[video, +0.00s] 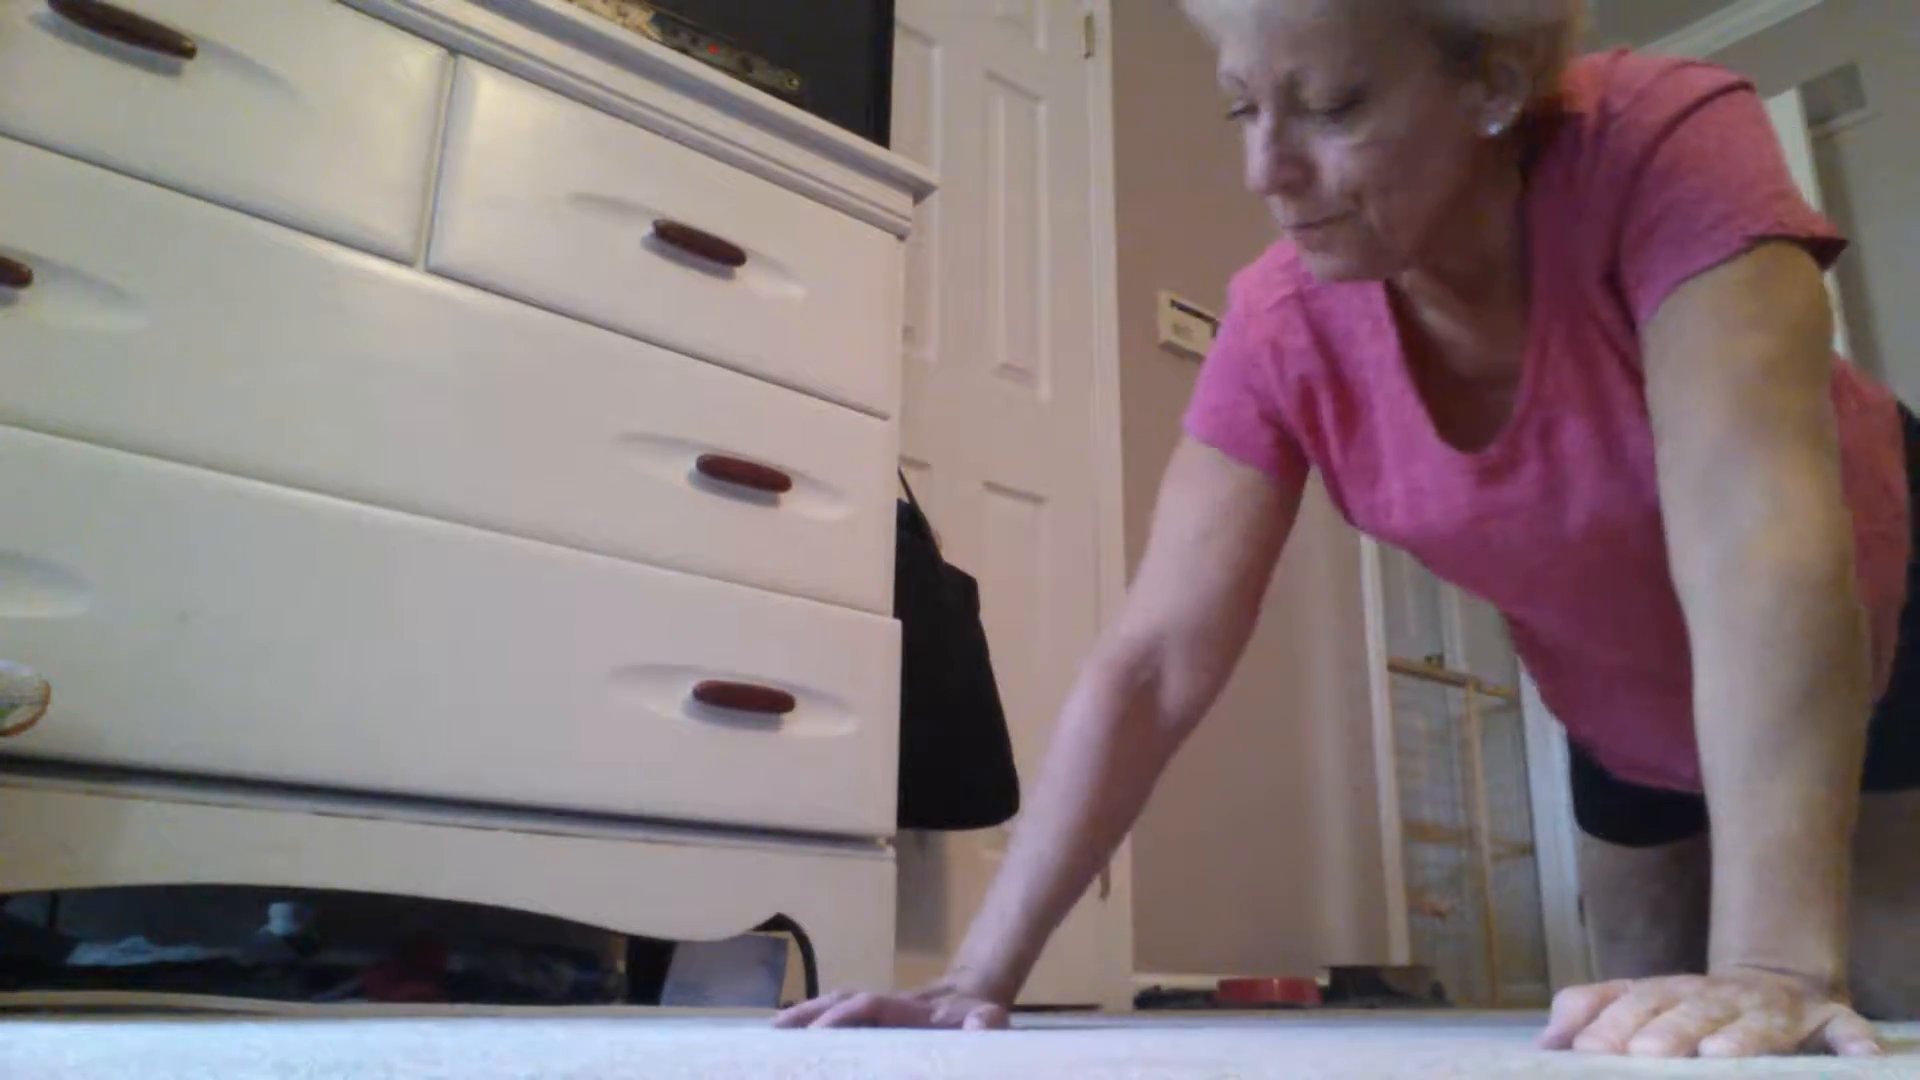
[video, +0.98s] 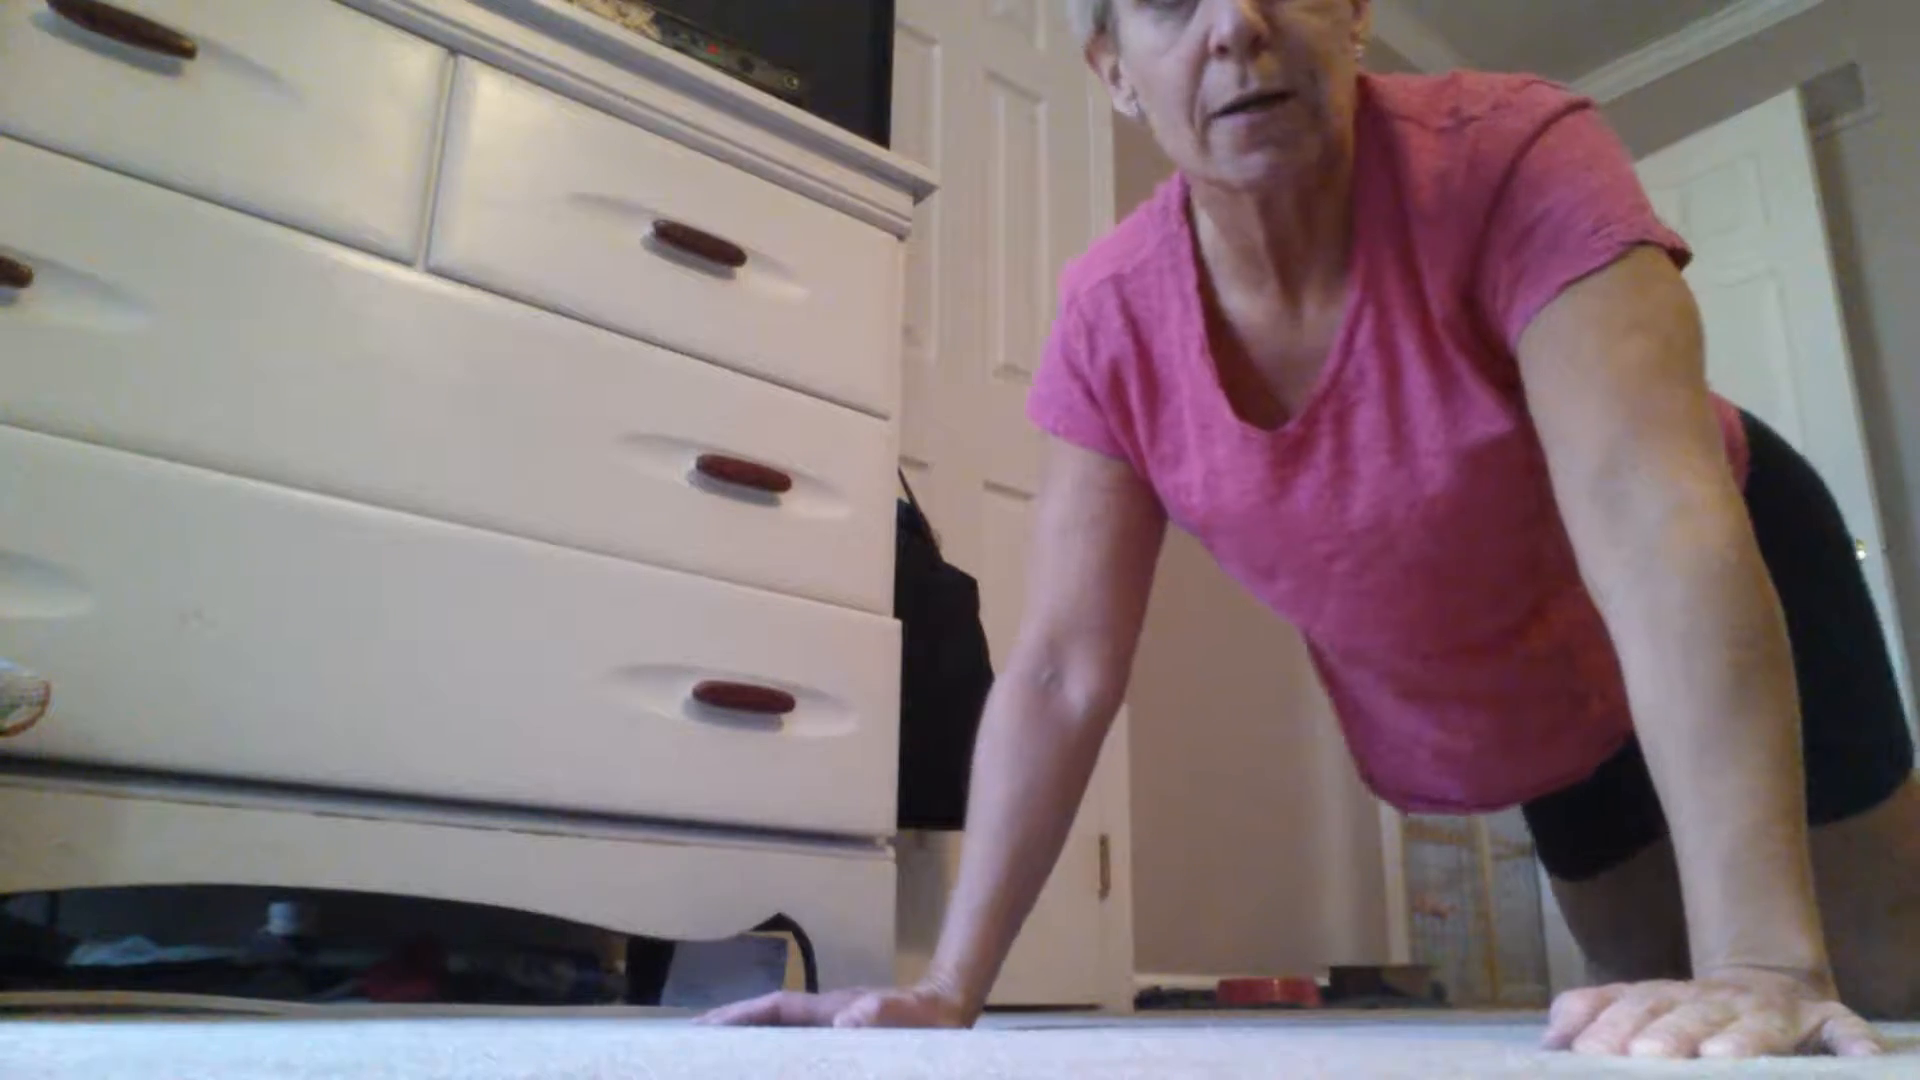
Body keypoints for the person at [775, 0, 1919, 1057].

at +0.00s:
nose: (1272, 165)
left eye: (1328, 105)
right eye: (1248, 109)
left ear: (1494, 81)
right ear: (1225, 95)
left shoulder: (1670, 143)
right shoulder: (1286, 315)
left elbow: (1767, 537)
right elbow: (1153, 666)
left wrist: (1775, 973)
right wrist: (976, 980)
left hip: (1866, 658)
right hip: (1633, 716)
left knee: (1858, 1039)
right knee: (1644, 1044)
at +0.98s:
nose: (1238, 32)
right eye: (1177, 7)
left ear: (1355, 25)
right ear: (1113, 75)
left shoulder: (1515, 158)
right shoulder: (1115, 317)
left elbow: (1663, 527)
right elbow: (1060, 670)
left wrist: (1762, 966)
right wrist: (952, 979)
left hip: (1722, 599)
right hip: (1532, 722)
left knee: (1865, 998)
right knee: (1661, 1027)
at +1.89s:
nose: (1116, 143)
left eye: (1154, 74)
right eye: (1062, 108)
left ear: (1261, 64)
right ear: (1032, 140)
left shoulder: (1437, 192)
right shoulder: (1083, 331)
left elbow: (1630, 538)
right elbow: (1043, 675)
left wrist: (1756, 973)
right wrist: (949, 985)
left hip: (1682, 542)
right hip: (1504, 657)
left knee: (1777, 948)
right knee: (1644, 997)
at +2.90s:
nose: (1099, 195)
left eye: (1145, 120)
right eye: (1057, 139)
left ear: (1300, 58)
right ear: (1029, 122)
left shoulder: (1510, 153)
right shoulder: (1120, 317)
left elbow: (1706, 516)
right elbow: (1060, 672)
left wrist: (1767, 966)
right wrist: (950, 983)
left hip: (1694, 583)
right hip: (1529, 694)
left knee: (1784, 920)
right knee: (1691, 843)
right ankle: (1867, 925)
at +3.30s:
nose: (1267, 140)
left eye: (1316, 60)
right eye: (1206, 90)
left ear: (1415, 28)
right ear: (1159, 95)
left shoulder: (1583, 129)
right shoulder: (1175, 308)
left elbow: (1728, 515)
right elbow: (1086, 681)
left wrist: (1769, 966)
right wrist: (954, 981)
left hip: (1739, 576)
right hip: (1562, 673)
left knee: (1775, 924)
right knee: (1751, 910)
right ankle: (1877, 926)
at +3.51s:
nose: (1382, 116)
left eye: (1432, 45)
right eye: (1313, 62)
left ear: (1500, 33)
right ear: (1222, 71)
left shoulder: (1625, 131)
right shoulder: (1196, 302)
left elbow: (1736, 518)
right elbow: (1092, 676)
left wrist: (1770, 965)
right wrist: (953, 980)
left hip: (1751, 578)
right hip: (1556, 678)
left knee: (1777, 932)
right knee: (1765, 925)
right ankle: (1876, 922)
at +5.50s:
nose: (1217, 142)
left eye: (1258, 77)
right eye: (1173, 97)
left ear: (1389, 48)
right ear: (1141, 95)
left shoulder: (1558, 134)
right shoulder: (1183, 304)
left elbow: (1722, 502)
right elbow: (1087, 667)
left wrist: (1751, 931)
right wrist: (951, 981)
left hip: (1734, 566)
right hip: (1560, 670)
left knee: (1767, 944)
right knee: (1790, 903)